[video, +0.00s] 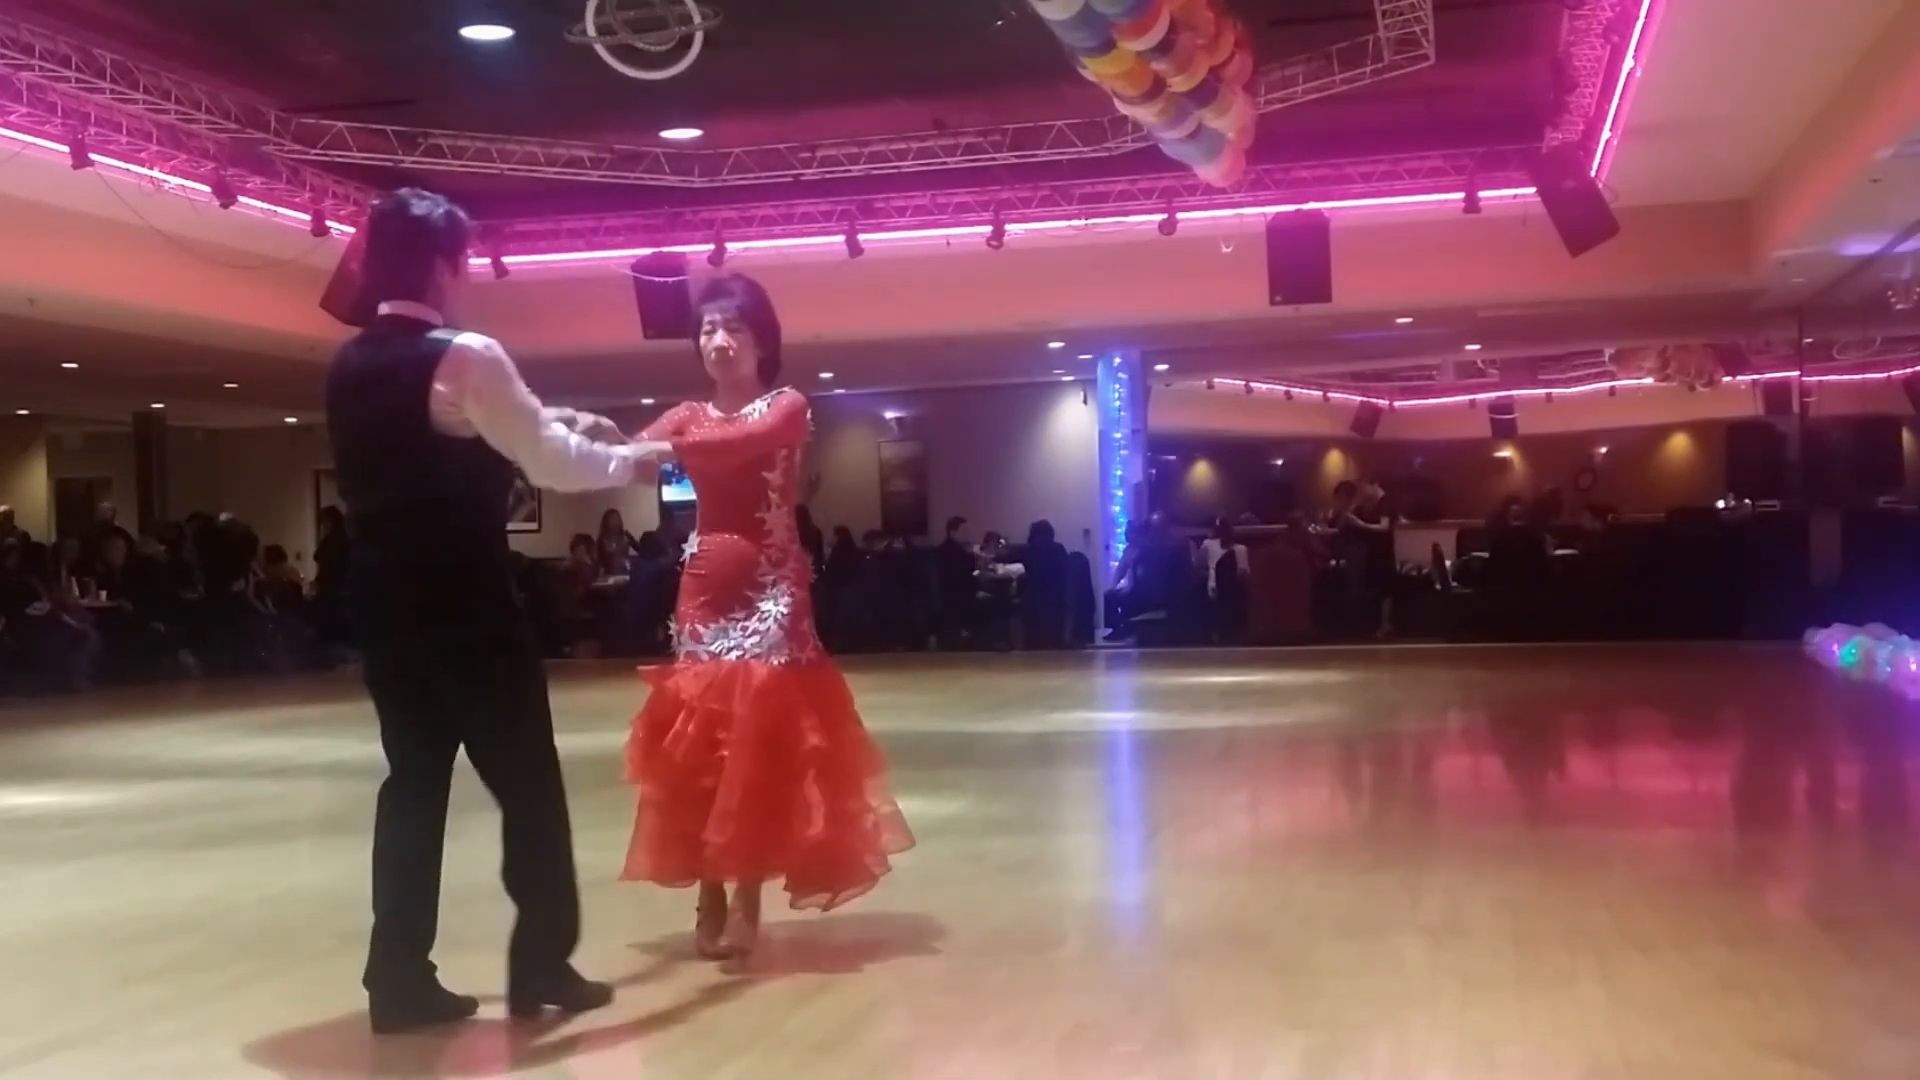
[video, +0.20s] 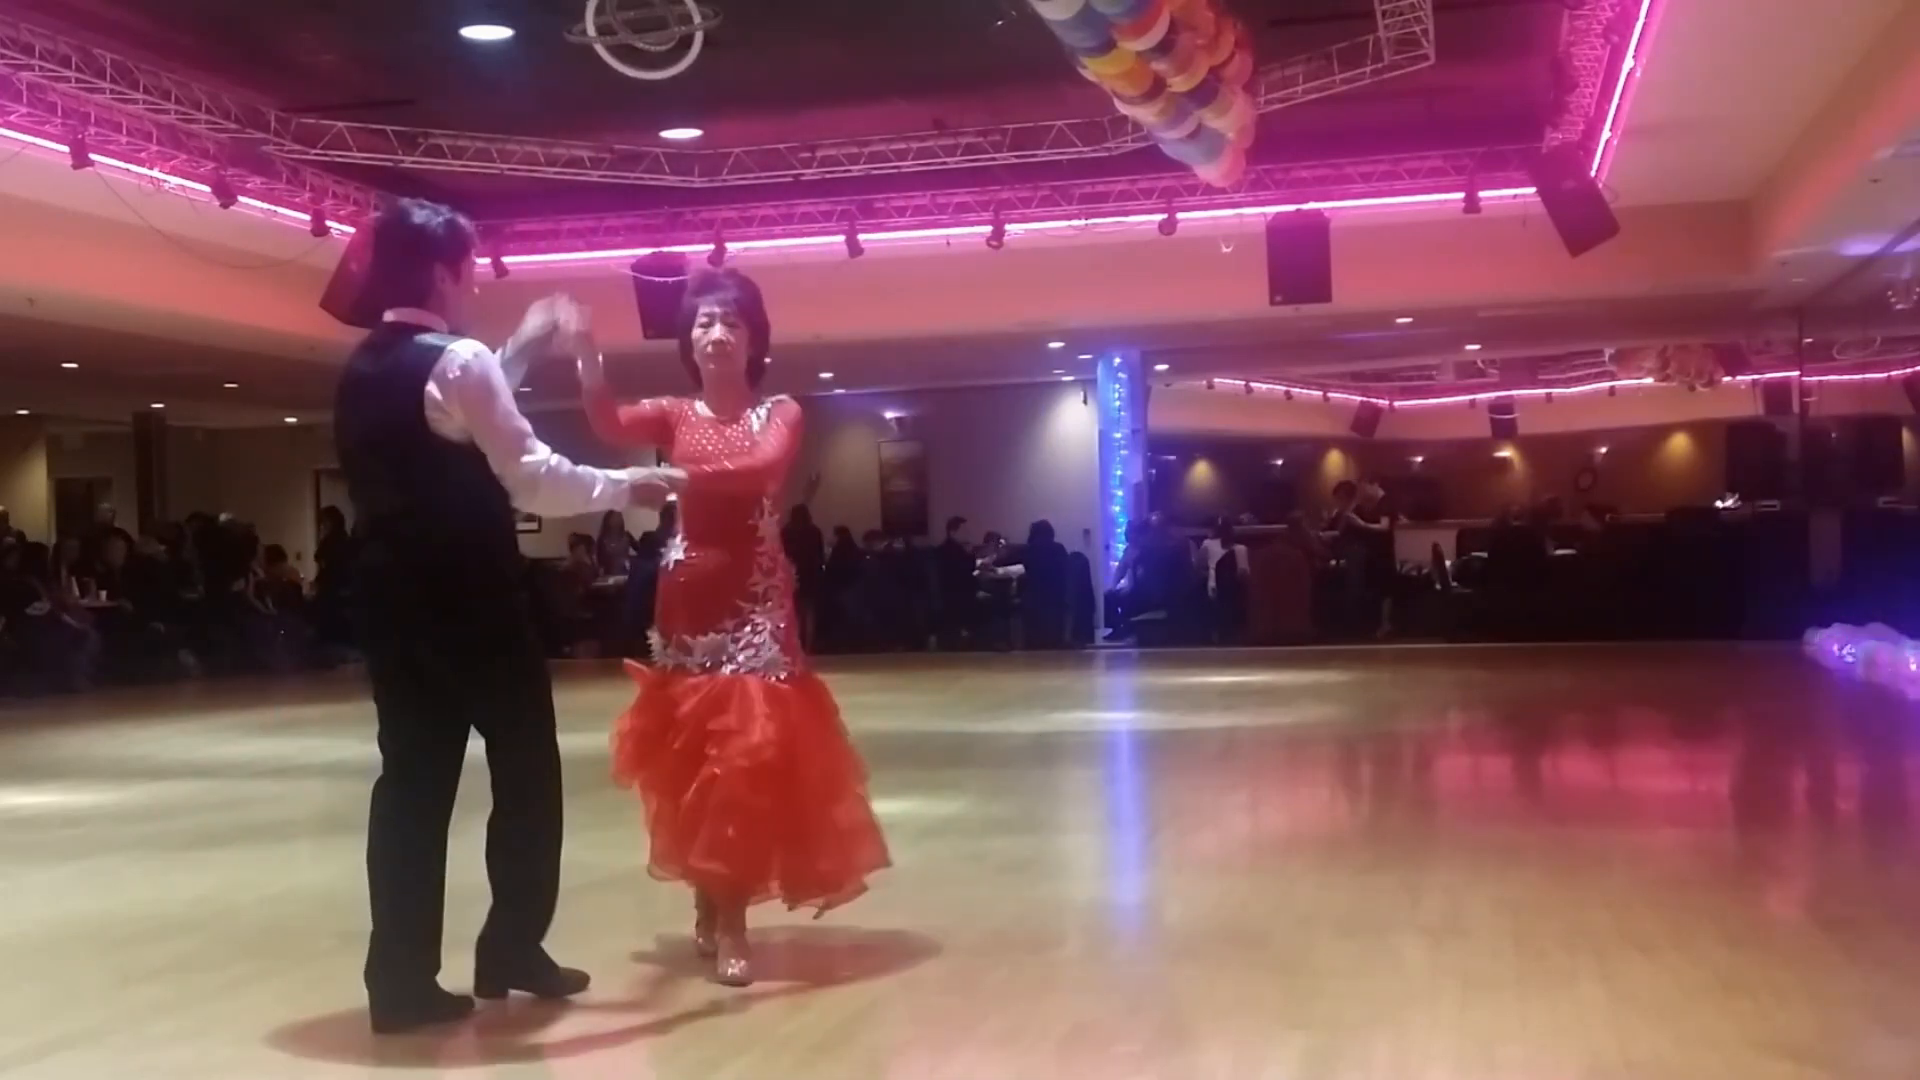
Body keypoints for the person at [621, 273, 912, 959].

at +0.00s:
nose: (720, 340)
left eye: (734, 328)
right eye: (708, 330)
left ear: (763, 338)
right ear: (698, 343)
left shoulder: (788, 404)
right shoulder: (686, 418)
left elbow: (736, 441)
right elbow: (627, 456)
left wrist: (663, 442)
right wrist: (576, 432)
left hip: (771, 586)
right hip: (703, 587)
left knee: (758, 736)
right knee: (707, 739)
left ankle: (747, 893)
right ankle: (709, 883)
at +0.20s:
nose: (713, 332)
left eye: (727, 322)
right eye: (703, 322)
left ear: (755, 340)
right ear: (688, 340)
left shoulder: (779, 411)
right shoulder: (673, 412)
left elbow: (766, 469)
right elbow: (608, 424)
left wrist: (679, 480)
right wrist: (588, 359)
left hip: (756, 592)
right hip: (687, 593)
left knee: (750, 752)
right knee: (695, 752)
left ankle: (731, 918)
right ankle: (708, 898)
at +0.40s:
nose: (718, 323)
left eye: (728, 313)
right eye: (703, 312)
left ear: (744, 332)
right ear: (675, 330)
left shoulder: (764, 414)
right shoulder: (655, 408)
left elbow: (789, 487)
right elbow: (620, 339)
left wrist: (712, 500)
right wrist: (621, 250)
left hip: (744, 588)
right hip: (672, 589)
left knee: (750, 754)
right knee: (679, 753)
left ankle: (736, 922)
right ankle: (658, 894)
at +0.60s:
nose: (707, 289)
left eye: (704, 276)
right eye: (690, 275)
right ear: (650, 288)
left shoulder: (705, 401)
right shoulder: (635, 378)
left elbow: (762, 483)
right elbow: (687, 279)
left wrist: (706, 498)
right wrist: (690, 244)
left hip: (711, 583)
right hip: (660, 583)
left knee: (727, 755)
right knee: (673, 761)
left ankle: (718, 920)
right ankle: (637, 928)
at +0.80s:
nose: (667, 304)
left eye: (662, 292)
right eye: (656, 292)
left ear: (589, 312)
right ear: (630, 303)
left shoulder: (609, 387)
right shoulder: (627, 375)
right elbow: (727, 356)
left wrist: (700, 505)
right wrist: (743, 341)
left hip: (638, 575)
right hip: (652, 579)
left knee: (657, 754)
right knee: (667, 755)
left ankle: (626, 918)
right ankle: (634, 933)